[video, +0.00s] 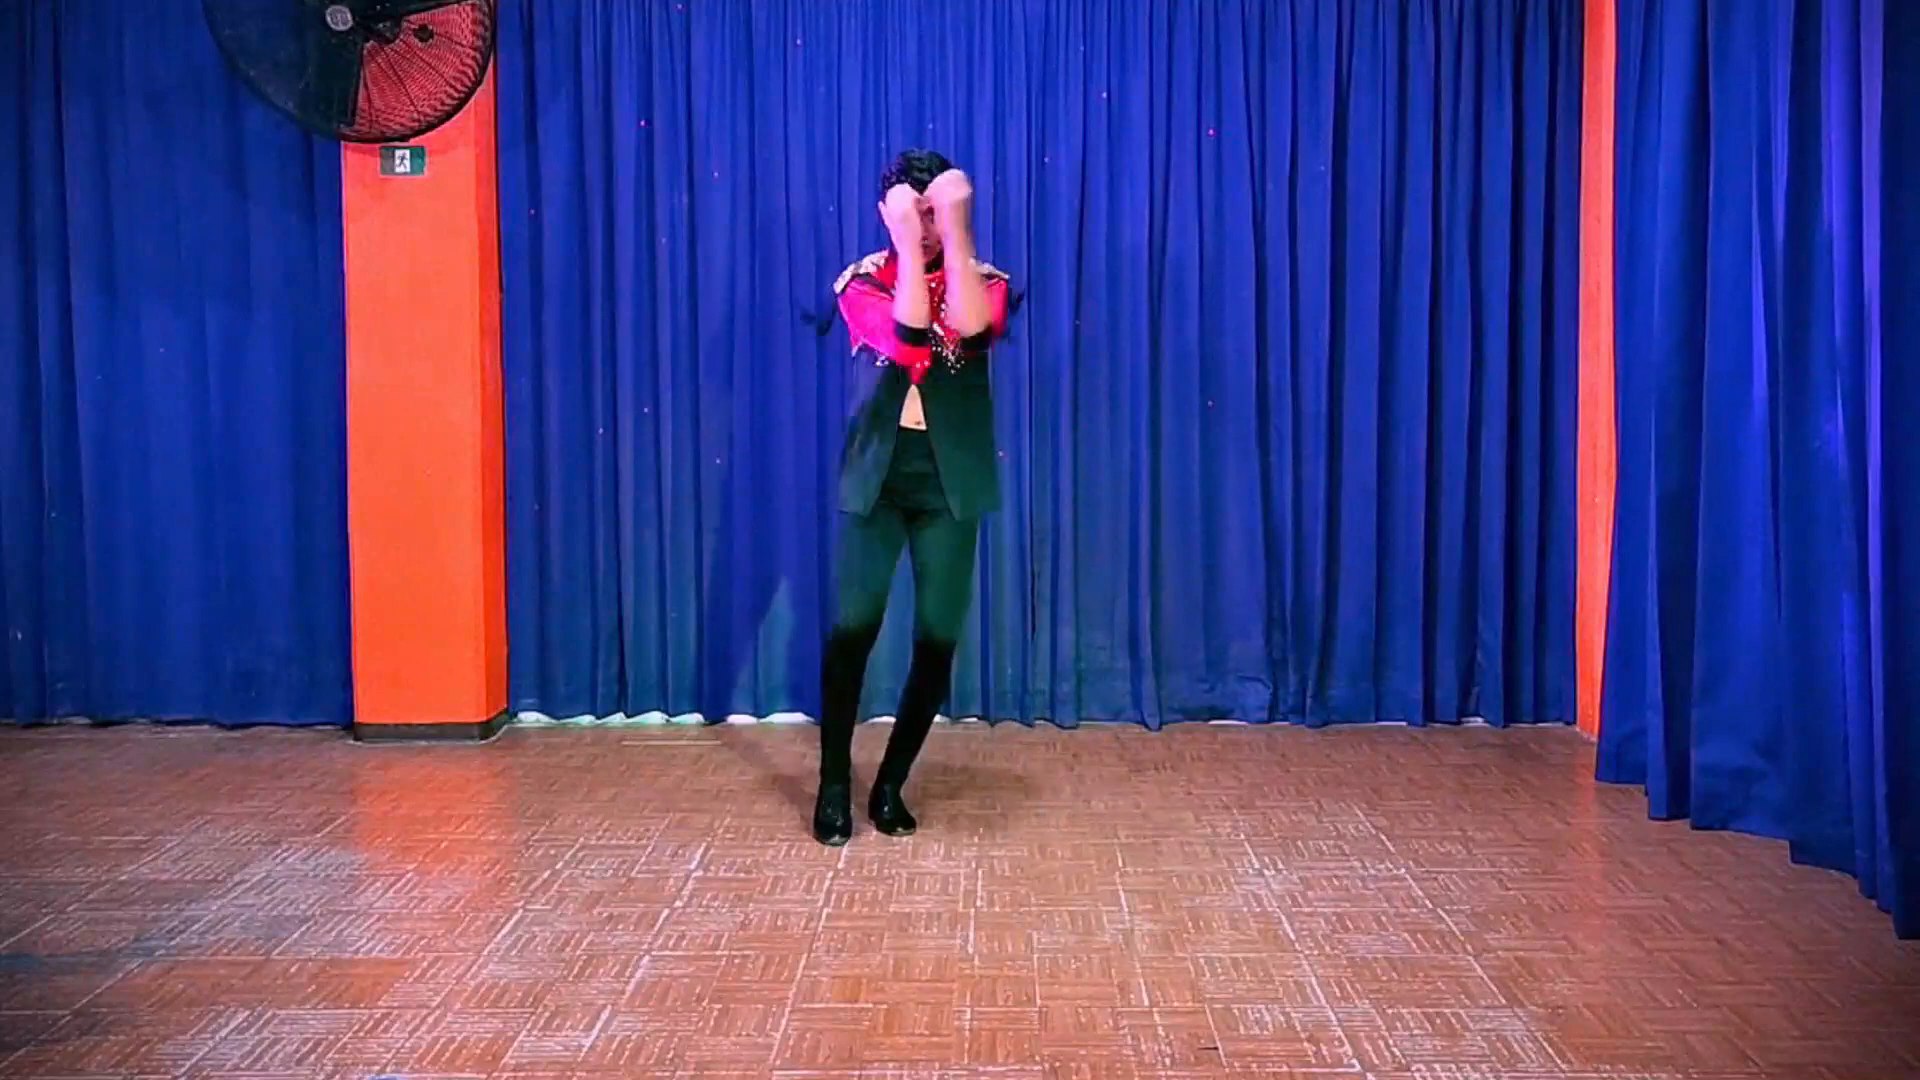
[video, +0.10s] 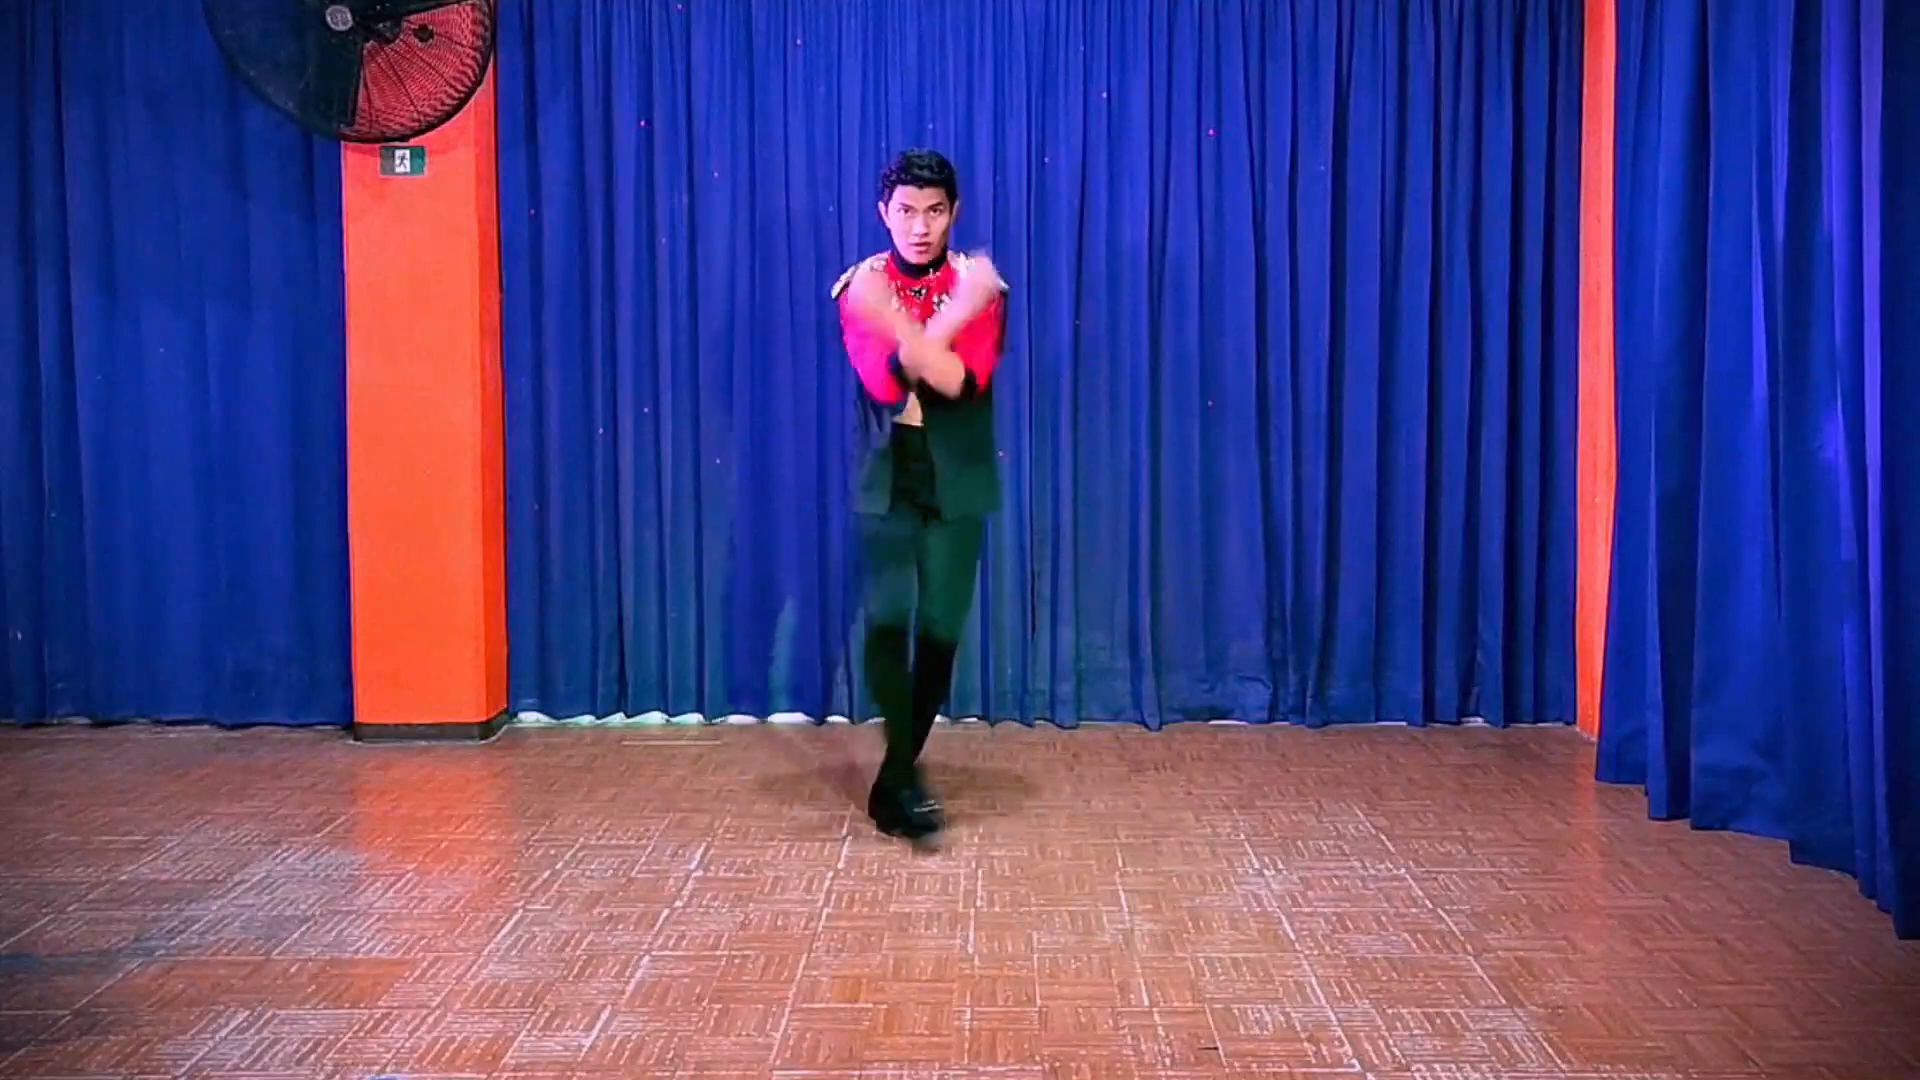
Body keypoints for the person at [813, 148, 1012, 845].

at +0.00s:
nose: (922, 216)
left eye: (932, 202)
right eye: (910, 204)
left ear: (953, 210)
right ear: (890, 214)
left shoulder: (989, 279)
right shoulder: (862, 280)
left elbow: (971, 322)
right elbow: (903, 335)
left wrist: (957, 226)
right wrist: (908, 242)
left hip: (953, 477)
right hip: (876, 473)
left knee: (939, 637)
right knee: (855, 623)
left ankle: (891, 785)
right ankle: (834, 783)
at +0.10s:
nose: (919, 226)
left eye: (933, 212)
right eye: (906, 212)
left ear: (952, 214)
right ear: (887, 213)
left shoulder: (979, 286)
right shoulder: (864, 287)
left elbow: (954, 378)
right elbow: (890, 378)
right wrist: (962, 304)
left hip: (957, 476)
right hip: (886, 473)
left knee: (941, 627)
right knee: (889, 614)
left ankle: (895, 780)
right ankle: (905, 772)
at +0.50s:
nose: (941, 237)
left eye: (953, 223)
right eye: (926, 225)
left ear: (970, 226)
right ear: (904, 229)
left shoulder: (990, 292)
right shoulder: (891, 305)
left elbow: (1067, 339)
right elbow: (832, 397)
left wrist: (1155, 372)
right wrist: (780, 481)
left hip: (987, 482)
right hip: (936, 487)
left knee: (974, 648)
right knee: (1025, 633)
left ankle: (873, 786)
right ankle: (1032, 783)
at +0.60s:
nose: (949, 235)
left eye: (960, 222)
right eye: (934, 223)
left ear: (976, 226)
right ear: (911, 229)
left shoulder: (990, 290)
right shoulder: (902, 304)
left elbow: (1067, 304)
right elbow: (842, 376)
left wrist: (1145, 309)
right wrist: (794, 436)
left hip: (987, 494)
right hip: (955, 499)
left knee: (979, 646)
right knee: (1045, 628)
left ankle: (877, 783)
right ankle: (1033, 783)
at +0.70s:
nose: (957, 234)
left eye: (966, 220)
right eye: (941, 223)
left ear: (979, 223)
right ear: (915, 230)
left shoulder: (987, 281)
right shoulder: (915, 299)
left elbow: (1047, 258)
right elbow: (866, 336)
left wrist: (1110, 235)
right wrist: (844, 355)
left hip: (971, 500)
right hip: (969, 503)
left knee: (982, 648)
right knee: (1061, 630)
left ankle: (880, 781)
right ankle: (1033, 782)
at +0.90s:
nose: (968, 229)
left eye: (970, 218)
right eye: (956, 220)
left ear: (975, 229)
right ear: (925, 230)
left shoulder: (967, 274)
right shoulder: (927, 298)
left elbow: (1003, 217)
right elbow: (919, 274)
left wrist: (1048, 161)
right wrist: (930, 226)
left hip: (950, 500)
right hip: (986, 499)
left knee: (978, 644)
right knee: (1074, 625)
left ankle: (885, 783)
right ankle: (1033, 781)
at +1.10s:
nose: (987, 211)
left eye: (983, 201)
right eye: (974, 203)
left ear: (928, 221)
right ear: (936, 218)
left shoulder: (909, 271)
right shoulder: (969, 272)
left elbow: (929, 184)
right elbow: (1015, 187)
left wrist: (956, 102)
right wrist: (1050, 98)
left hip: (934, 491)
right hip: (998, 486)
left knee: (943, 644)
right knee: (1065, 619)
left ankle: (899, 796)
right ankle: (1030, 777)